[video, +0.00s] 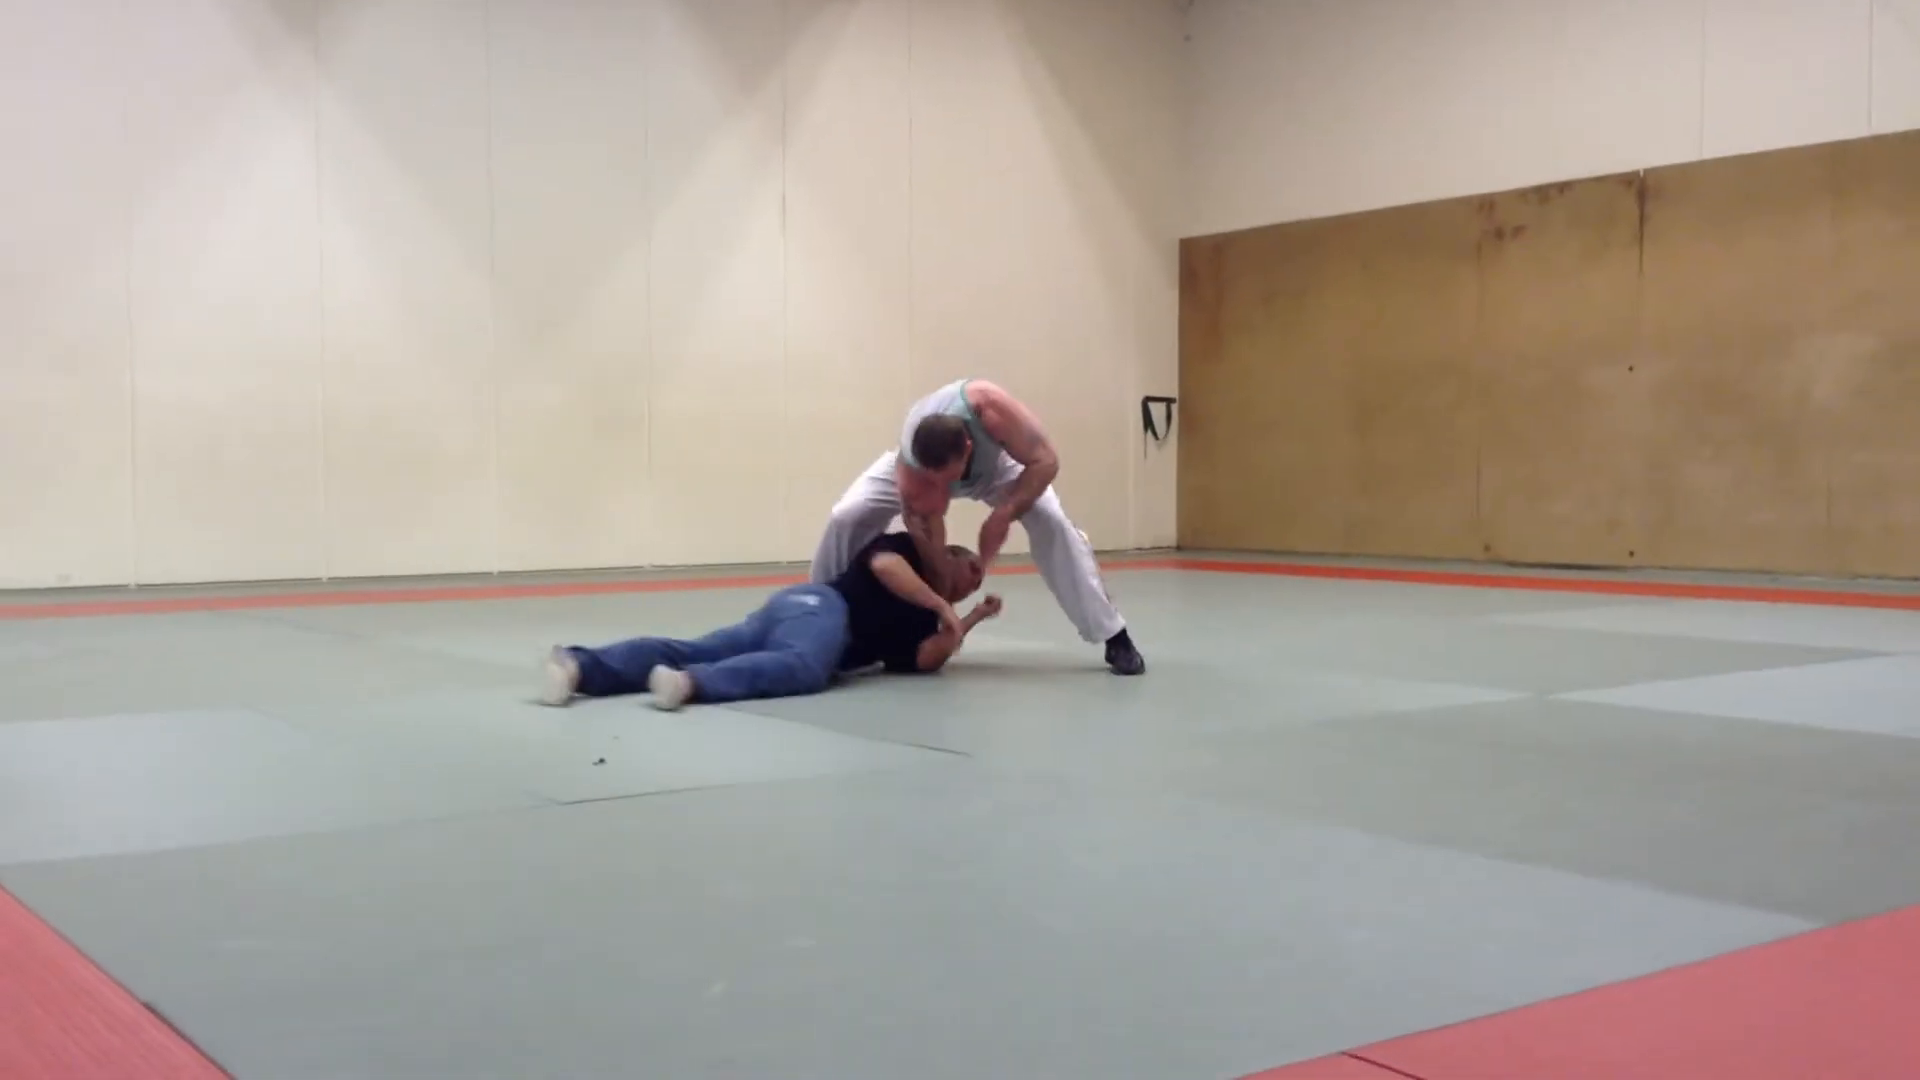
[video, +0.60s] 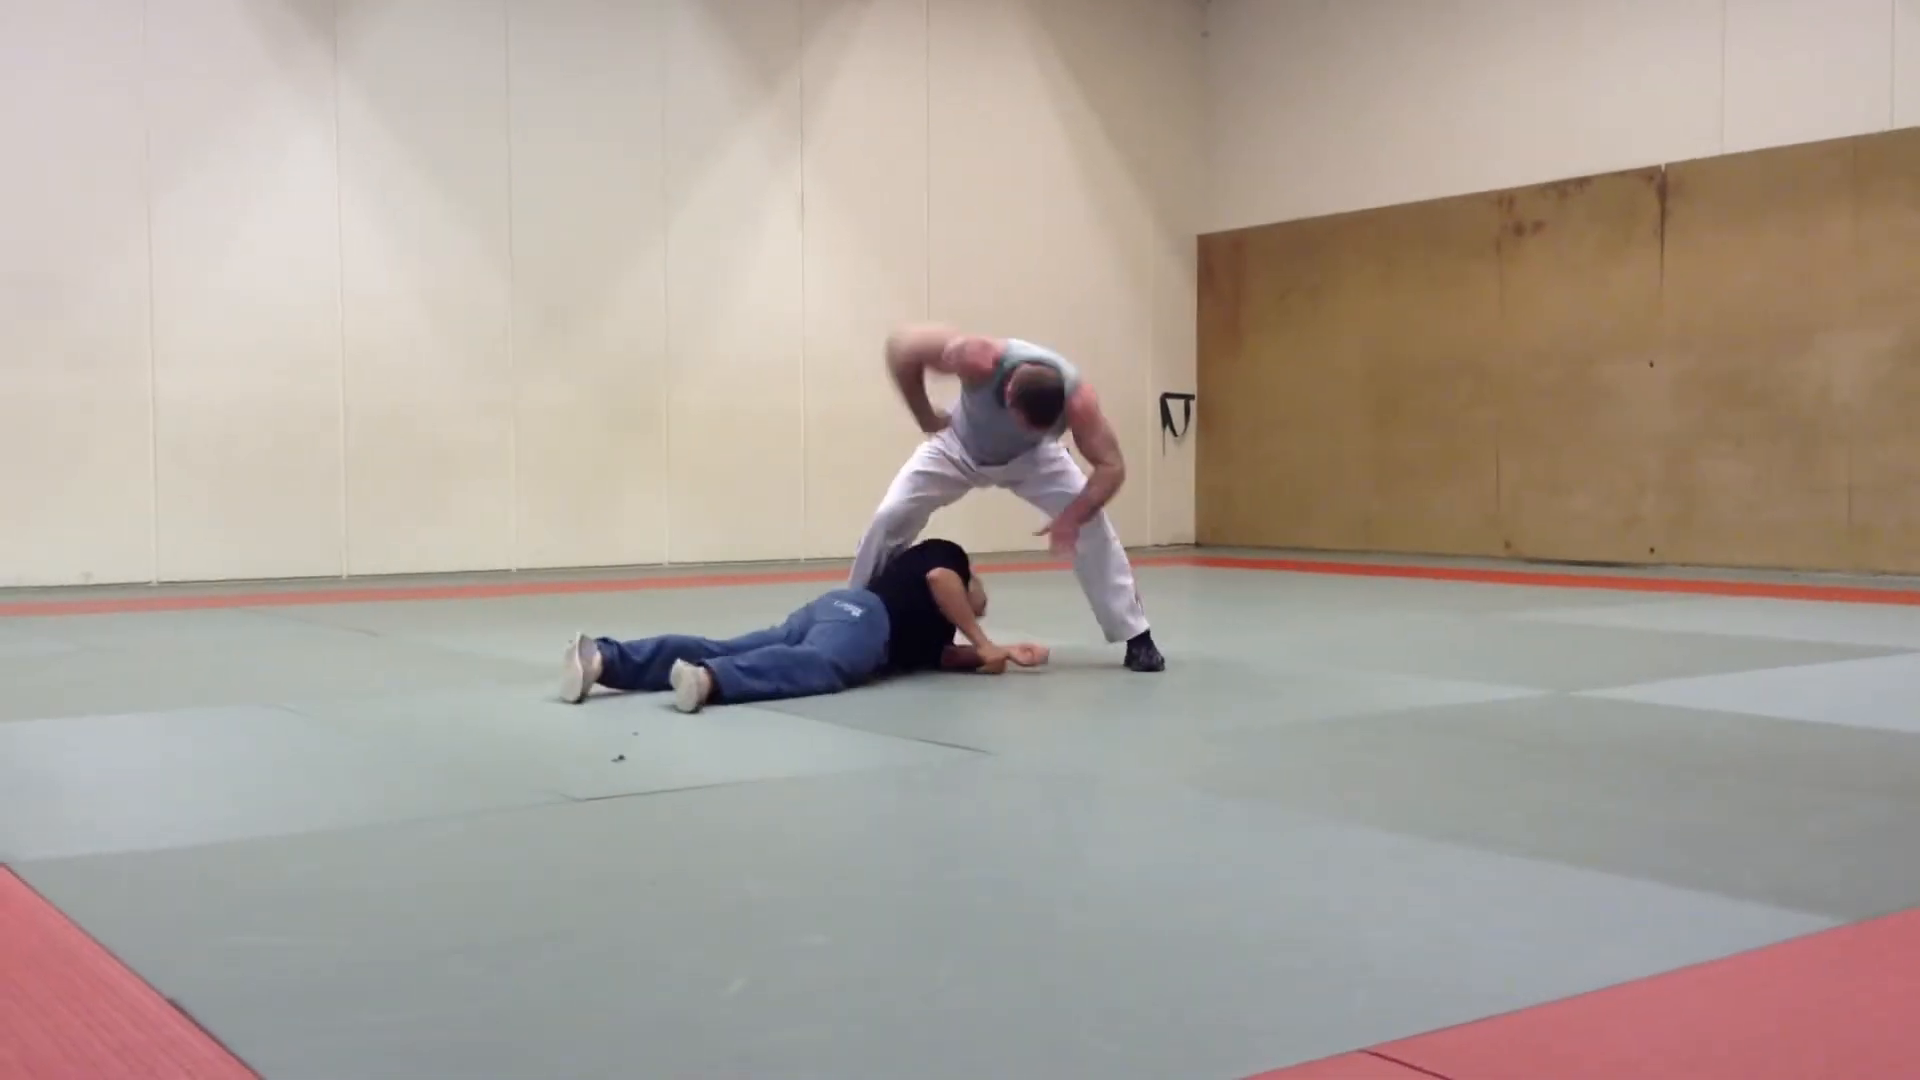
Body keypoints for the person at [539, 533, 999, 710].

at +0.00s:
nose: (963, 574)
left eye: (968, 575)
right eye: (963, 564)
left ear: (960, 588)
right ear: (944, 554)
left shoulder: (921, 631)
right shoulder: (906, 545)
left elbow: (926, 658)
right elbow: (882, 563)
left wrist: (962, 627)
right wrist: (939, 605)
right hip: (825, 606)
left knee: (700, 652)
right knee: (806, 669)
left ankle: (585, 668)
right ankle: (693, 682)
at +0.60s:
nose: (974, 612)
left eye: (978, 608)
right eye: (976, 601)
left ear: (958, 588)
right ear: (965, 577)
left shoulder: (933, 634)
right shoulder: (938, 552)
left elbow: (955, 654)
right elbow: (939, 581)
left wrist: (1005, 656)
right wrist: (985, 648)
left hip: (828, 615)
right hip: (867, 620)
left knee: (729, 652)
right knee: (818, 667)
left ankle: (607, 662)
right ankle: (714, 681)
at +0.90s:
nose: (1009, 611)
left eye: (1012, 603)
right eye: (1011, 600)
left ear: (971, 586)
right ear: (996, 584)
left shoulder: (949, 633)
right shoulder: (971, 563)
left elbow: (959, 658)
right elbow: (1010, 609)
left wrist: (1007, 631)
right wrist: (1033, 636)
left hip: (838, 616)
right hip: (882, 612)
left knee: (743, 653)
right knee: (832, 666)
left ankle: (619, 668)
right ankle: (725, 673)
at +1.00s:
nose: (1011, 621)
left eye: (1014, 614)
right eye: (1015, 609)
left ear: (980, 604)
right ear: (1002, 589)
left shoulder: (947, 615)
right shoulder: (982, 574)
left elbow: (957, 660)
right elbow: (1024, 638)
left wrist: (1005, 631)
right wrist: (1038, 656)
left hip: (844, 615)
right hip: (887, 614)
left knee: (749, 653)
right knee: (835, 665)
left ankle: (625, 667)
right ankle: (731, 667)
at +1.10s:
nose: (1021, 638)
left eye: (1018, 637)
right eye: (1023, 635)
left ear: (994, 620)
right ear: (1019, 611)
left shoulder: (949, 599)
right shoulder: (994, 585)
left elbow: (954, 657)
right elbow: (1025, 655)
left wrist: (1006, 637)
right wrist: (1035, 653)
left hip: (843, 612)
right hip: (891, 613)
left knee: (757, 651)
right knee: (838, 666)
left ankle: (631, 665)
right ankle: (738, 665)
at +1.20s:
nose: (1025, 641)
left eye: (1022, 639)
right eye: (1027, 638)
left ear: (994, 613)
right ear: (1024, 611)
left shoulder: (958, 601)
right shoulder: (1001, 590)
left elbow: (954, 657)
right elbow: (1018, 656)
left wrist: (1011, 650)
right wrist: (1035, 652)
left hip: (858, 611)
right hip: (900, 620)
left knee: (766, 649)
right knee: (839, 665)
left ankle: (635, 664)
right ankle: (743, 666)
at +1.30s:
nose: (1029, 646)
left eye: (1027, 643)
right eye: (1031, 643)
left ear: (1003, 625)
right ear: (1026, 615)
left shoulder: (958, 600)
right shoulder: (1004, 590)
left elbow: (951, 658)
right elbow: (1021, 656)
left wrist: (1009, 650)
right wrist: (1034, 653)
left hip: (863, 610)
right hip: (905, 621)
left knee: (773, 649)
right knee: (841, 665)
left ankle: (641, 663)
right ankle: (747, 665)